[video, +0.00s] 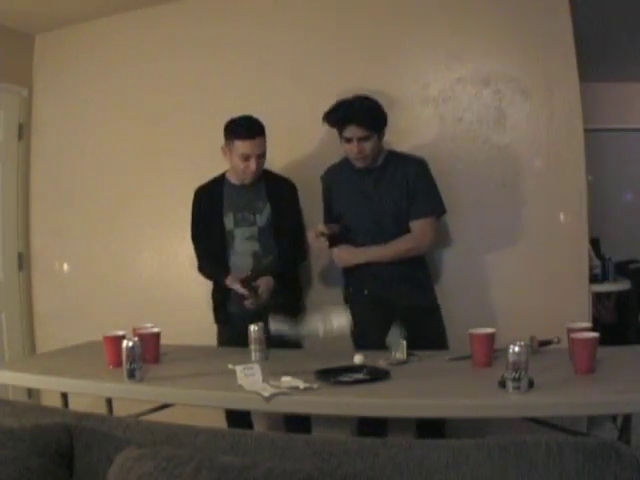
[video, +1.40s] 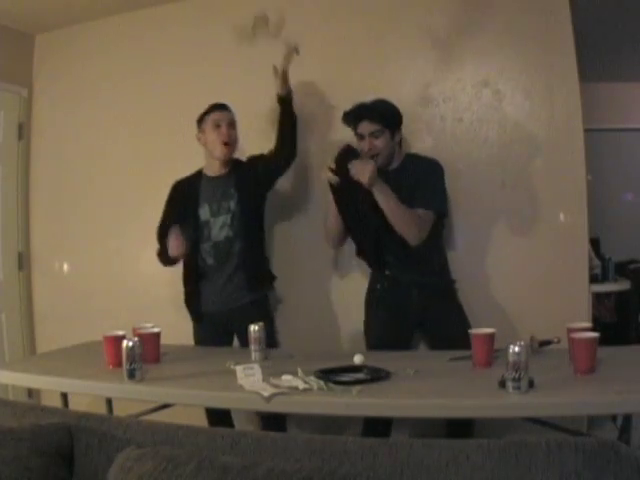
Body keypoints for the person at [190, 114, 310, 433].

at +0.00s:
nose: (253, 166)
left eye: (260, 157)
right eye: (245, 158)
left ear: (266, 151)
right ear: (226, 152)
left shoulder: (283, 189)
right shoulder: (207, 195)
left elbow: (295, 247)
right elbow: (205, 256)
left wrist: (273, 277)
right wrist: (227, 278)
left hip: (279, 305)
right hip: (233, 308)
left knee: (290, 386)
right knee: (235, 390)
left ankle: (299, 459)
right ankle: (241, 459)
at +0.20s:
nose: (265, 180)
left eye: (271, 171)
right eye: (257, 174)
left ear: (277, 160)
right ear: (236, 165)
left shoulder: (294, 196)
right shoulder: (216, 198)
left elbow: (309, 250)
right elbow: (214, 255)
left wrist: (313, 290)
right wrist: (234, 281)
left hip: (287, 303)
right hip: (240, 306)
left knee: (293, 383)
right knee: (238, 383)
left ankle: (299, 455)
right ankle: (242, 454)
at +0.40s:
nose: (288, 195)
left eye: (295, 185)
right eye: (279, 187)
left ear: (301, 172)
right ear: (258, 173)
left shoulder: (309, 206)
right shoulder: (232, 197)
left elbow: (340, 266)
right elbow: (221, 249)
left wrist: (371, 320)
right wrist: (236, 281)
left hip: (294, 318)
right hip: (245, 317)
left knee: (298, 400)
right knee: (236, 397)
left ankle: (302, 469)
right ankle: (239, 466)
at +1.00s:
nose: (271, 174)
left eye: (276, 165)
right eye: (262, 166)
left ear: (282, 158)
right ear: (241, 160)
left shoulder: (298, 198)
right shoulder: (221, 195)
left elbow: (319, 253)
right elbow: (216, 243)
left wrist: (343, 289)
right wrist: (222, 278)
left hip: (286, 313)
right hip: (237, 312)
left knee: (295, 393)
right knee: (223, 391)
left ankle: (301, 462)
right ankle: (228, 462)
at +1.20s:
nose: (247, 159)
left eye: (252, 150)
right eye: (239, 151)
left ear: (258, 150)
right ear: (219, 150)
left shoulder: (274, 192)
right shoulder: (200, 198)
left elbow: (299, 253)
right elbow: (191, 253)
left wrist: (319, 308)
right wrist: (199, 284)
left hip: (269, 311)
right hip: (220, 313)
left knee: (285, 391)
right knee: (209, 392)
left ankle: (296, 461)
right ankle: (225, 456)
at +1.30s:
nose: (236, 144)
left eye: (241, 137)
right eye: (228, 137)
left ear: (247, 140)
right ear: (210, 142)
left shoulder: (262, 181)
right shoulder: (191, 192)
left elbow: (294, 199)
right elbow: (177, 245)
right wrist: (182, 261)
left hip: (258, 305)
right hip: (212, 310)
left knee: (277, 383)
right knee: (211, 392)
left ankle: (292, 456)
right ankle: (225, 457)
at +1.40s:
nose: (227, 133)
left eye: (231, 126)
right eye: (217, 127)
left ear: (238, 133)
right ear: (200, 136)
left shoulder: (254, 174)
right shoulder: (183, 190)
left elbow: (284, 152)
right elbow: (165, 252)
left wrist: (285, 98)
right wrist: (171, 250)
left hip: (252, 299)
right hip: (207, 306)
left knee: (268, 384)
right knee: (214, 395)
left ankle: (277, 460)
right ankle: (227, 463)